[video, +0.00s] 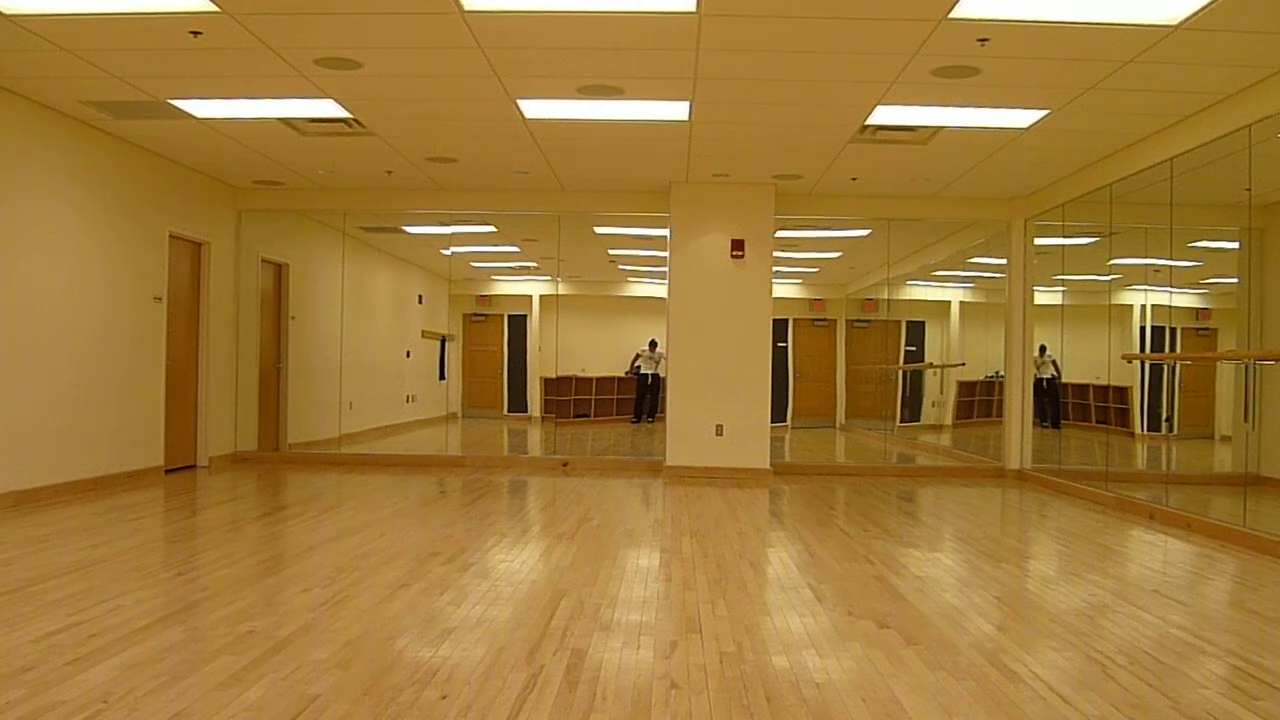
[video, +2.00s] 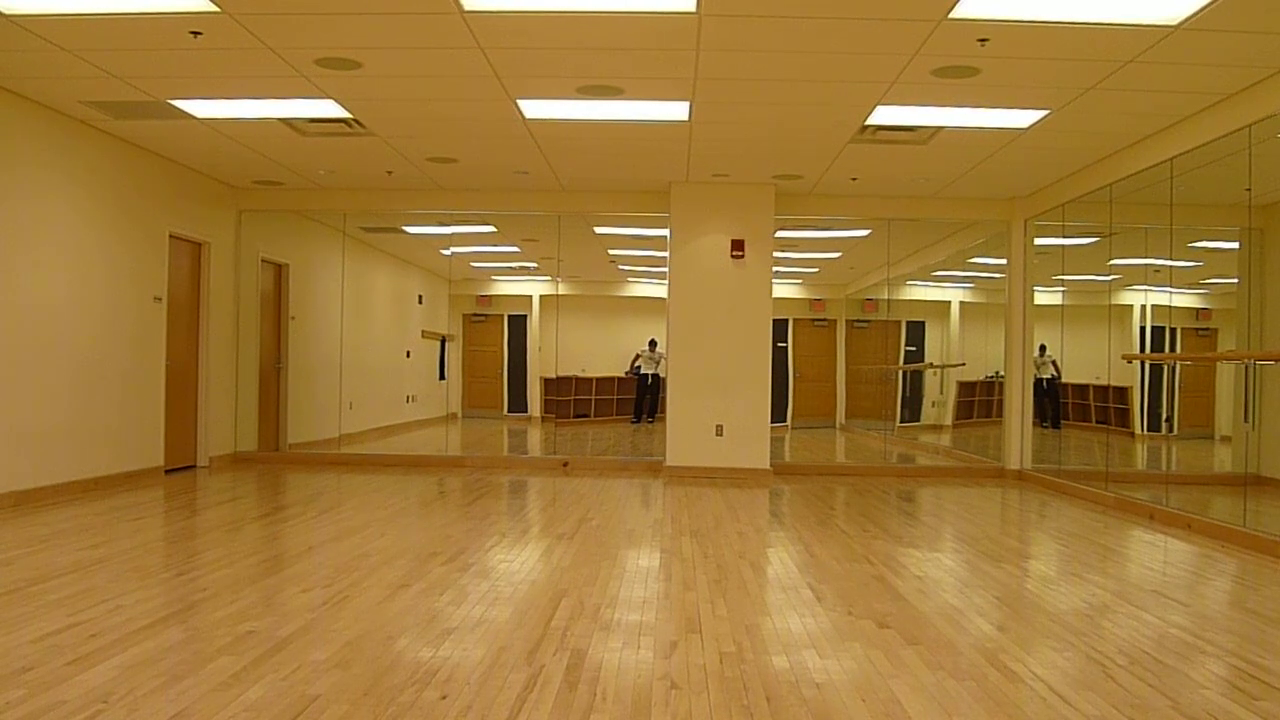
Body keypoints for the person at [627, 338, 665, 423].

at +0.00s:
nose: (652, 351)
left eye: (654, 349)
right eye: (651, 349)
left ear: (656, 348)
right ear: (648, 347)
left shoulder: (660, 354)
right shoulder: (642, 352)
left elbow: (668, 361)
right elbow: (634, 359)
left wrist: (668, 373)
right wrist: (631, 369)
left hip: (654, 373)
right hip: (643, 373)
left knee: (654, 396)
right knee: (640, 395)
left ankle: (651, 416)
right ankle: (637, 416)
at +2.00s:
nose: (652, 349)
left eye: (653, 348)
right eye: (650, 347)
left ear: (656, 347)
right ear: (648, 346)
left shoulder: (660, 354)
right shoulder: (642, 352)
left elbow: (668, 362)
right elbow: (634, 360)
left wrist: (668, 374)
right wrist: (631, 370)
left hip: (654, 374)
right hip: (643, 373)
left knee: (654, 396)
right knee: (640, 395)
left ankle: (651, 416)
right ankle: (637, 416)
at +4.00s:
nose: (651, 349)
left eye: (653, 347)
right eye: (650, 347)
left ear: (655, 346)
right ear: (647, 346)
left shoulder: (659, 354)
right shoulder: (642, 352)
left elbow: (668, 360)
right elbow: (634, 360)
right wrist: (630, 369)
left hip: (654, 374)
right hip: (643, 374)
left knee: (654, 396)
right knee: (640, 395)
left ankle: (651, 416)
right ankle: (637, 416)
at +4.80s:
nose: (641, 348)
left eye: (642, 345)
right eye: (639, 346)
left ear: (644, 345)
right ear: (636, 347)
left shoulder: (650, 353)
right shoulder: (634, 354)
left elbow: (659, 361)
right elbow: (627, 361)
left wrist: (665, 371)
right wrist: (628, 370)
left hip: (654, 374)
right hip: (642, 374)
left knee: (654, 396)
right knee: (640, 396)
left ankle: (651, 416)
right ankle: (637, 416)